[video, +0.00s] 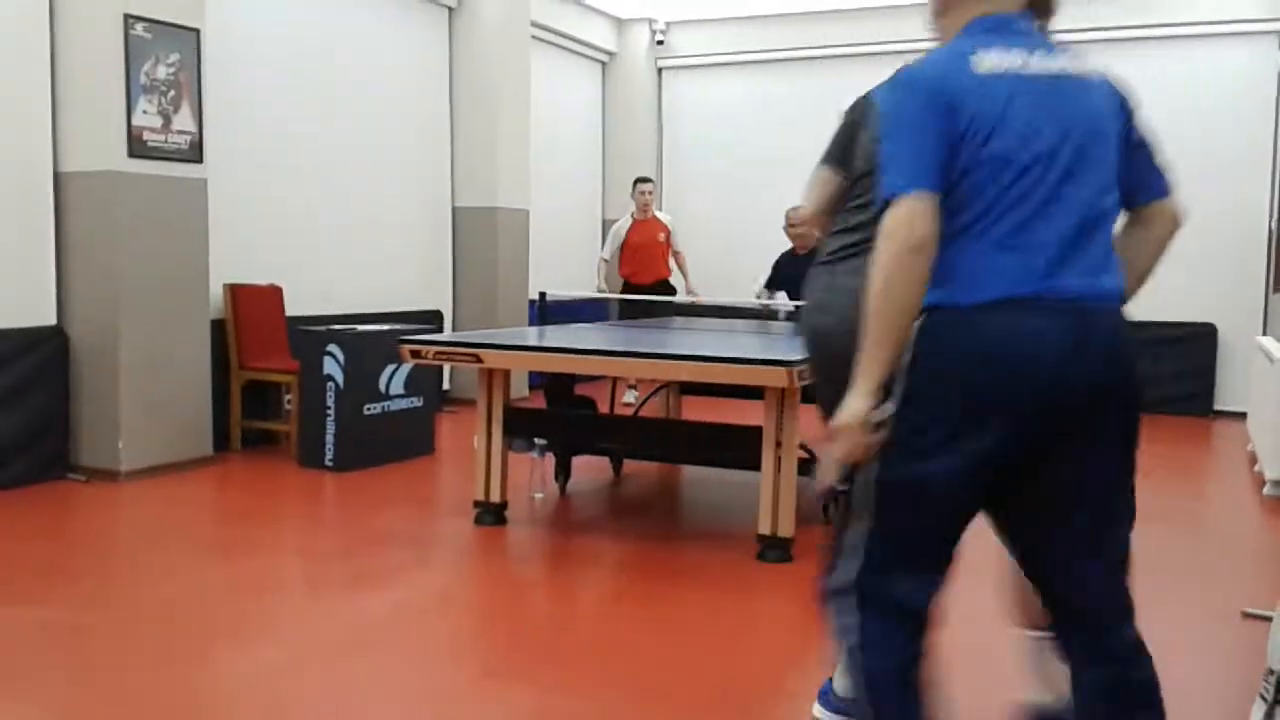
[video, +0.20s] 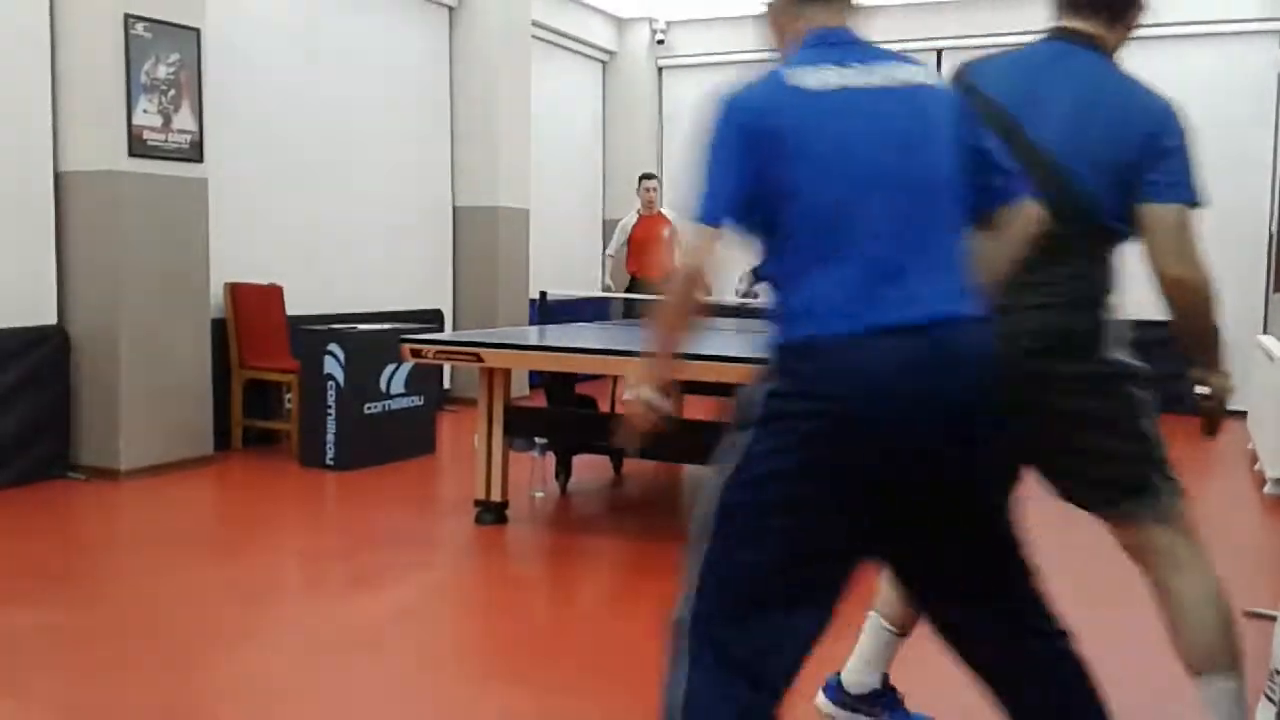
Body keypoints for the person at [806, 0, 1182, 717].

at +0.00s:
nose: (931, 12)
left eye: (933, 8)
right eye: (933, 10)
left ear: (946, 5)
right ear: (1029, 6)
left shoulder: (924, 84)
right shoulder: (1098, 89)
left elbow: (912, 231)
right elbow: (1158, 214)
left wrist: (864, 390)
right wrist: (1085, 306)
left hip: (968, 356)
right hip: (1091, 356)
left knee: (891, 588)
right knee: (1094, 605)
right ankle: (1121, 706)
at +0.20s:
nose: (1132, 25)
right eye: (1134, 18)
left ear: (1056, 9)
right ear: (1129, 18)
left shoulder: (974, 81)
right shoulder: (1142, 112)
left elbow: (926, 216)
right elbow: (1177, 272)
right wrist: (1208, 370)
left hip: (959, 349)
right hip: (1064, 360)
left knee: (941, 516)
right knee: (1163, 542)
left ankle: (858, 681)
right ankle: (1229, 708)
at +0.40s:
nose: (1233, 10)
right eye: (1233, 5)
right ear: (1229, 8)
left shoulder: (1071, 73)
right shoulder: (1256, 105)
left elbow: (1001, 211)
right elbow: (1278, 269)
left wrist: (1046, 281)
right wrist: (1272, 360)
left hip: (1044, 334)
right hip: (1166, 349)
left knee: (1043, 504)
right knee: (1238, 553)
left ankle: (927, 671)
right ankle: (1245, 707)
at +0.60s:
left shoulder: (1125, 37)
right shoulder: (1278, 48)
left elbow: (1037, 184)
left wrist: (1070, 285)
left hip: (1090, 318)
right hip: (1232, 332)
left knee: (1053, 519)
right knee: (1245, 553)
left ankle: (1034, 711)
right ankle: (1250, 712)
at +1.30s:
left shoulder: (1061, 32)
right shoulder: (1207, 74)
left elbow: (1025, 187)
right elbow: (1234, 237)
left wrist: (974, 328)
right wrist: (1168, 312)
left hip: (1068, 343)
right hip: (1176, 350)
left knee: (1053, 568)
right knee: (1117, 547)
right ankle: (1163, 709)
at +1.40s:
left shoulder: (1042, 32)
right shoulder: (1180, 71)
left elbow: (1012, 185)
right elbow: (1213, 236)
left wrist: (965, 331)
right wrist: (1148, 321)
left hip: (1054, 335)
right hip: (1144, 344)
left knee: (1048, 564)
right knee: (1062, 550)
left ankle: (1073, 715)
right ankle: (1062, 703)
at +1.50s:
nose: (1005, 3)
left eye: (1009, 3)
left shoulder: (1018, 36)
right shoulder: (1151, 74)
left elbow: (992, 189)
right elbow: (1192, 235)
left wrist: (952, 334)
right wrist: (1139, 331)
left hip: (1033, 332)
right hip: (1117, 337)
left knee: (1039, 574)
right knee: (1005, 517)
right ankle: (985, 690)